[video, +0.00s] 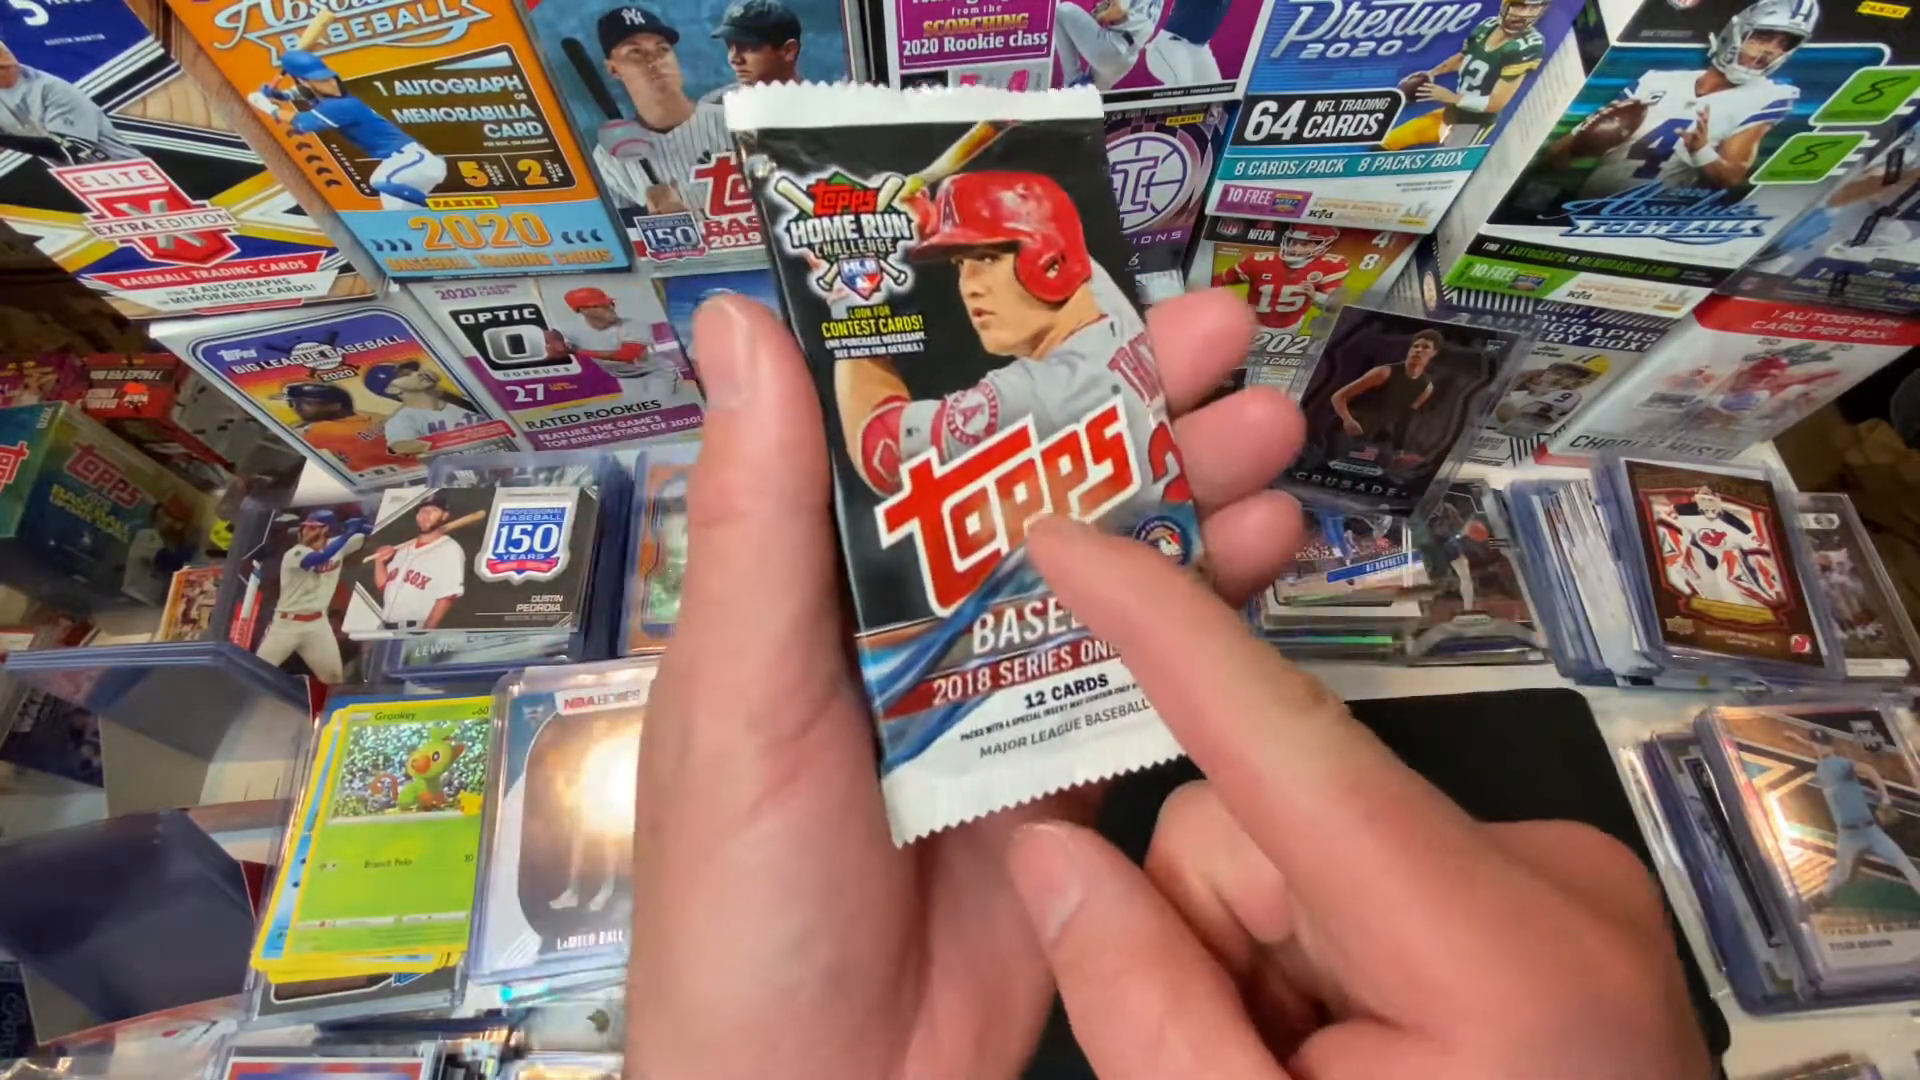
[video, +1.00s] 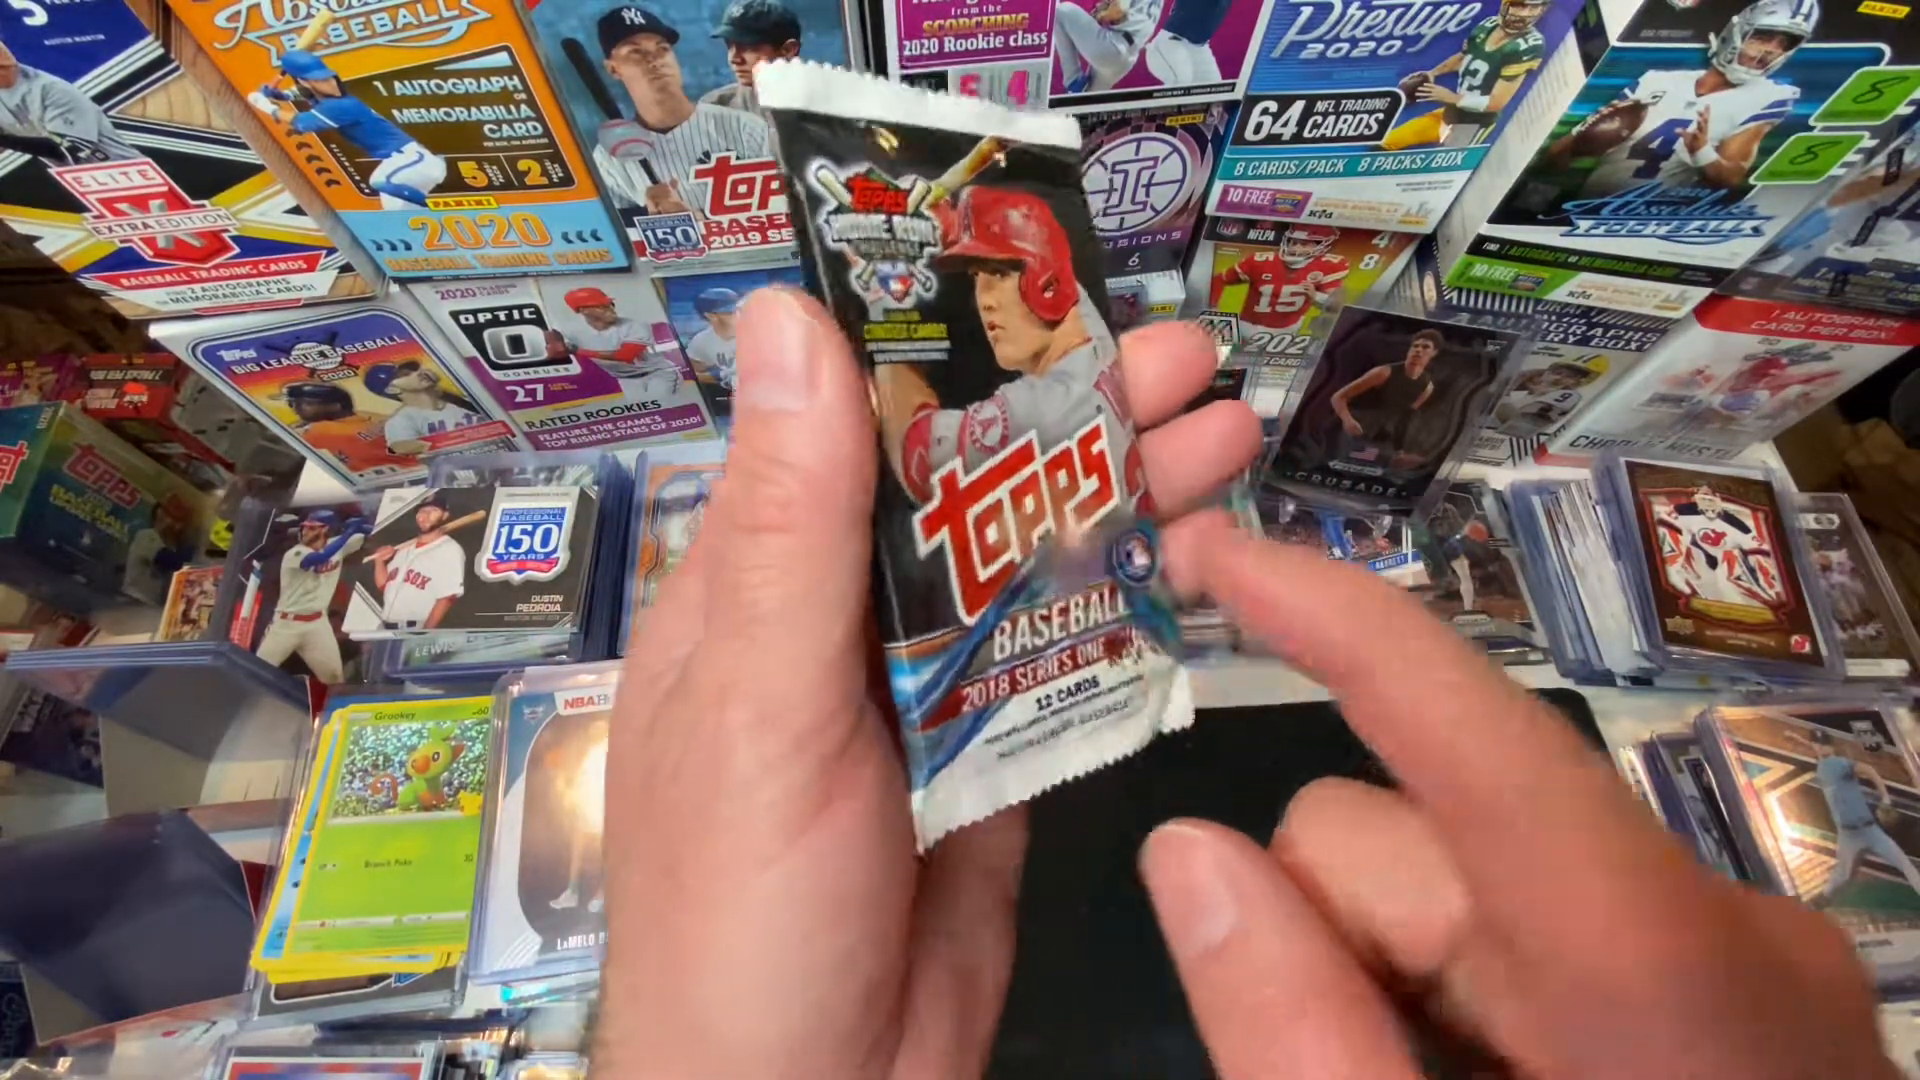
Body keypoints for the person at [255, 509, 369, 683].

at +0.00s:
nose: (303, 531)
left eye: (310, 527)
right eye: (304, 527)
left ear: (324, 530)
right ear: (303, 530)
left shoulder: (337, 549)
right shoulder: (294, 554)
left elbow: (367, 533)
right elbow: (318, 559)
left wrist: (358, 525)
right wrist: (347, 536)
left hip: (317, 625)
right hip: (285, 624)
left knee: (333, 677)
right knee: (258, 670)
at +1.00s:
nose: (303, 531)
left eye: (309, 528)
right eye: (304, 527)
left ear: (323, 531)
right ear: (303, 529)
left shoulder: (337, 548)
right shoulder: (294, 554)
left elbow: (368, 532)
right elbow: (320, 559)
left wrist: (357, 524)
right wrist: (348, 534)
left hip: (317, 625)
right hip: (285, 624)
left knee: (334, 677)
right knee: (258, 670)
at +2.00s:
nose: (303, 532)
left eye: (309, 528)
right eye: (304, 528)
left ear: (323, 530)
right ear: (302, 529)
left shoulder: (338, 547)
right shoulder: (293, 554)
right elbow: (319, 558)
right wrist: (349, 534)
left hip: (318, 624)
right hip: (286, 624)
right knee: (261, 666)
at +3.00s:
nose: (303, 532)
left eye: (309, 528)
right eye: (304, 528)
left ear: (324, 531)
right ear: (303, 530)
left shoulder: (336, 549)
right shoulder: (293, 554)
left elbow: (365, 532)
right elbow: (318, 560)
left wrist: (353, 523)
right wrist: (346, 536)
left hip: (317, 625)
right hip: (284, 624)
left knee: (334, 680)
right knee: (258, 671)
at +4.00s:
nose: (304, 531)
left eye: (310, 528)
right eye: (304, 527)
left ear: (324, 531)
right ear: (303, 529)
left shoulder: (337, 549)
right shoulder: (293, 554)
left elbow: (366, 532)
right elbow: (319, 560)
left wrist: (356, 523)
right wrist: (347, 536)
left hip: (317, 625)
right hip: (285, 625)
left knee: (334, 680)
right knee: (258, 671)